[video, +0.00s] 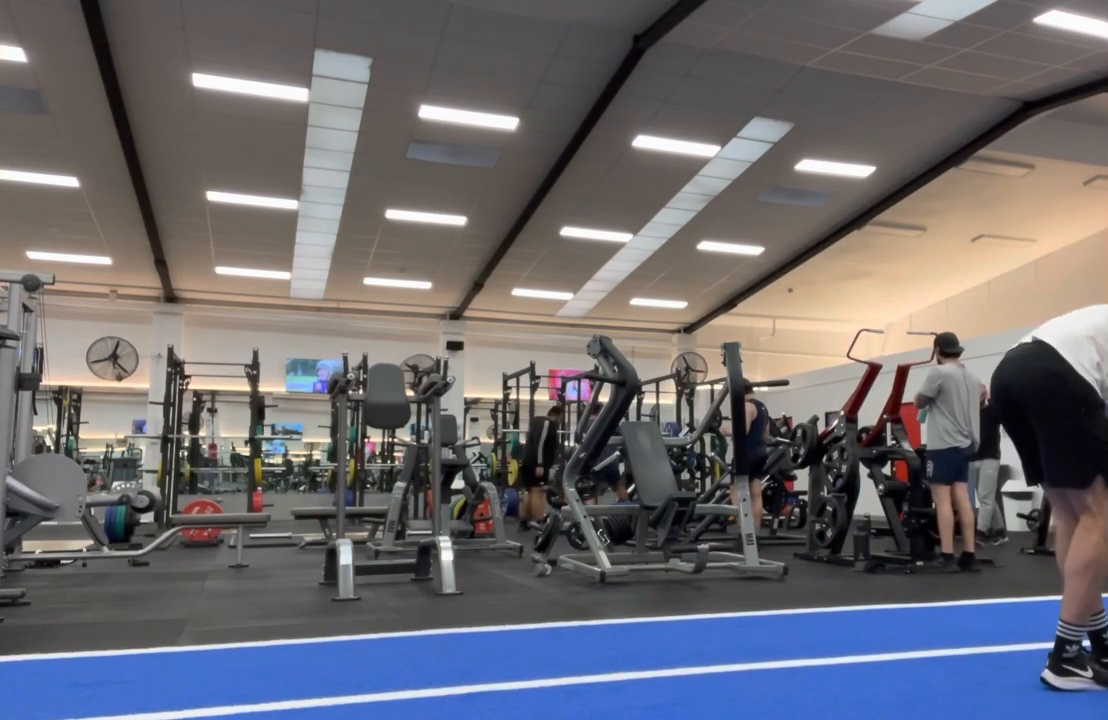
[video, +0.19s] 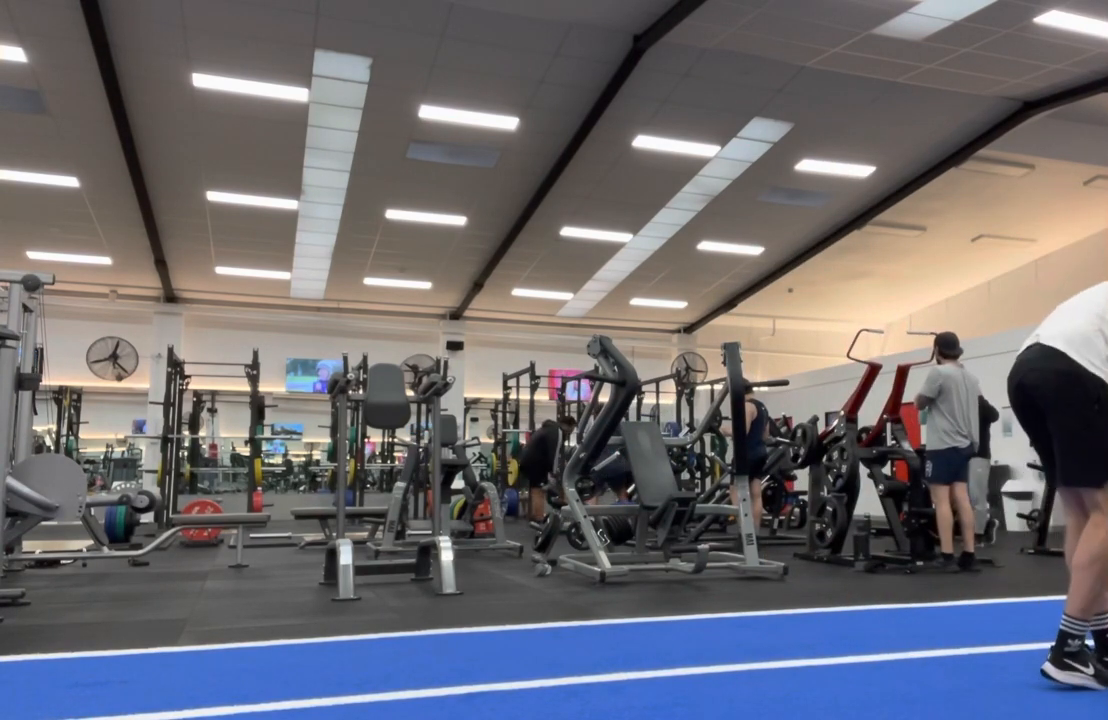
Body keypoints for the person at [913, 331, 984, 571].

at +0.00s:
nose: (935, 354)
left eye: (935, 351)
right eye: (938, 350)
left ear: (937, 351)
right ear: (959, 351)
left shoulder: (938, 374)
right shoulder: (972, 378)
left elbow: (919, 401)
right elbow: (977, 407)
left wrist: (934, 375)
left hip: (941, 446)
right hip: (965, 445)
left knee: (942, 501)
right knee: (963, 500)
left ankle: (947, 554)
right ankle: (969, 553)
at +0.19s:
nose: (935, 352)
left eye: (935, 349)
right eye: (937, 348)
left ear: (937, 351)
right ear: (958, 351)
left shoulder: (938, 374)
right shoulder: (970, 378)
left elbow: (920, 402)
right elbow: (974, 409)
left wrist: (933, 373)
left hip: (940, 447)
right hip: (964, 445)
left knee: (941, 501)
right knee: (962, 499)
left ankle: (947, 555)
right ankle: (969, 553)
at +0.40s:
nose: (935, 352)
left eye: (935, 348)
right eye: (938, 348)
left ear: (936, 351)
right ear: (958, 351)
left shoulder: (938, 374)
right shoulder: (967, 376)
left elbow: (923, 405)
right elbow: (963, 405)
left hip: (941, 447)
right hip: (963, 446)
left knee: (941, 502)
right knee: (962, 499)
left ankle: (947, 554)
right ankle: (969, 552)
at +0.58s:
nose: (932, 352)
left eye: (933, 348)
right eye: (934, 348)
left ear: (936, 351)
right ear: (956, 350)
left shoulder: (939, 374)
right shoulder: (963, 373)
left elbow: (932, 407)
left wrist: (918, 409)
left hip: (941, 447)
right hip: (962, 446)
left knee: (941, 501)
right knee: (962, 498)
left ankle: (947, 554)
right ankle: (969, 552)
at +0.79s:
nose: (931, 351)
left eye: (933, 348)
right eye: (932, 347)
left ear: (937, 351)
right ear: (954, 351)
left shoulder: (942, 374)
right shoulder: (959, 371)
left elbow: (934, 409)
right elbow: (942, 351)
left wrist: (918, 409)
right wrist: (926, 335)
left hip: (942, 446)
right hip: (961, 444)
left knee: (941, 501)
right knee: (962, 499)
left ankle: (947, 555)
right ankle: (969, 553)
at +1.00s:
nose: (932, 350)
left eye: (934, 348)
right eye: (933, 347)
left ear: (939, 352)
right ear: (955, 351)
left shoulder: (944, 374)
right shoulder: (960, 371)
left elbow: (934, 409)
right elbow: (937, 353)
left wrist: (916, 411)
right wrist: (923, 334)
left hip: (942, 447)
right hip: (961, 445)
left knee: (941, 501)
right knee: (962, 499)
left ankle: (946, 555)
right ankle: (969, 553)